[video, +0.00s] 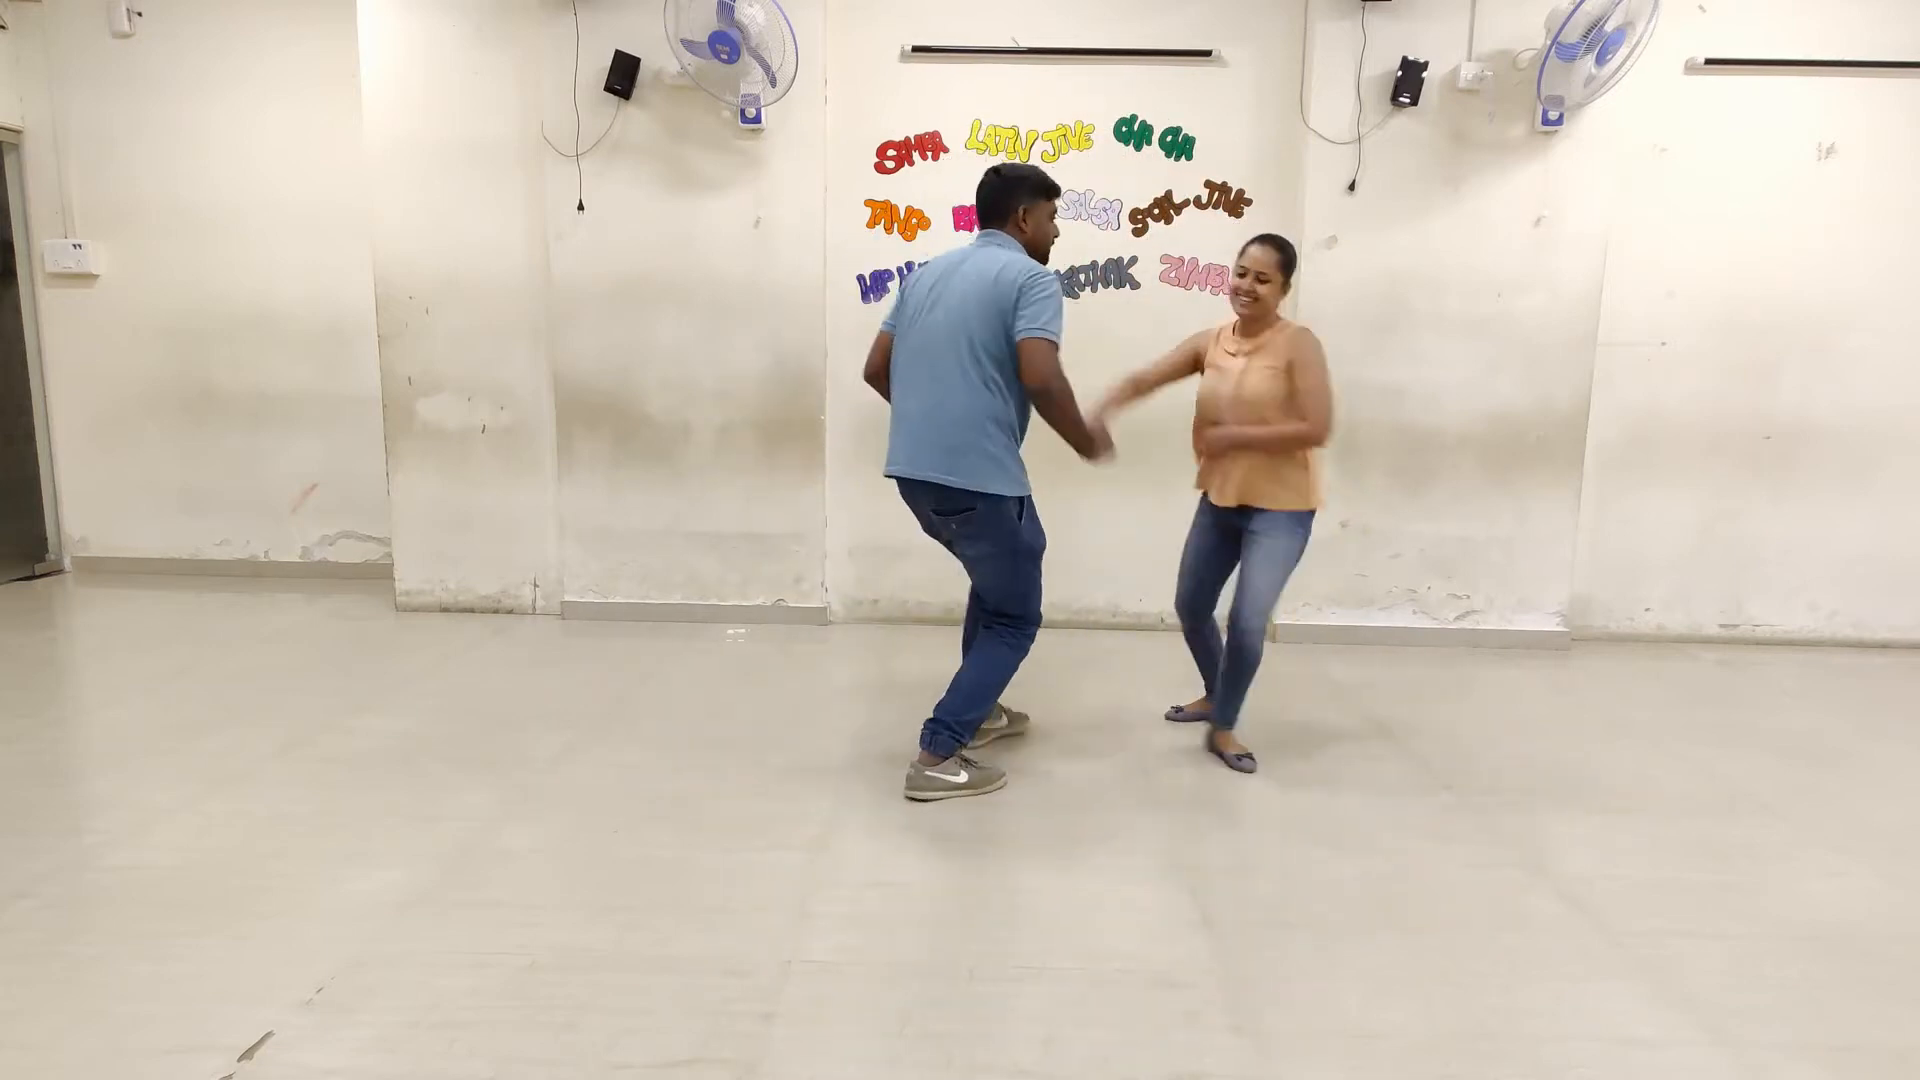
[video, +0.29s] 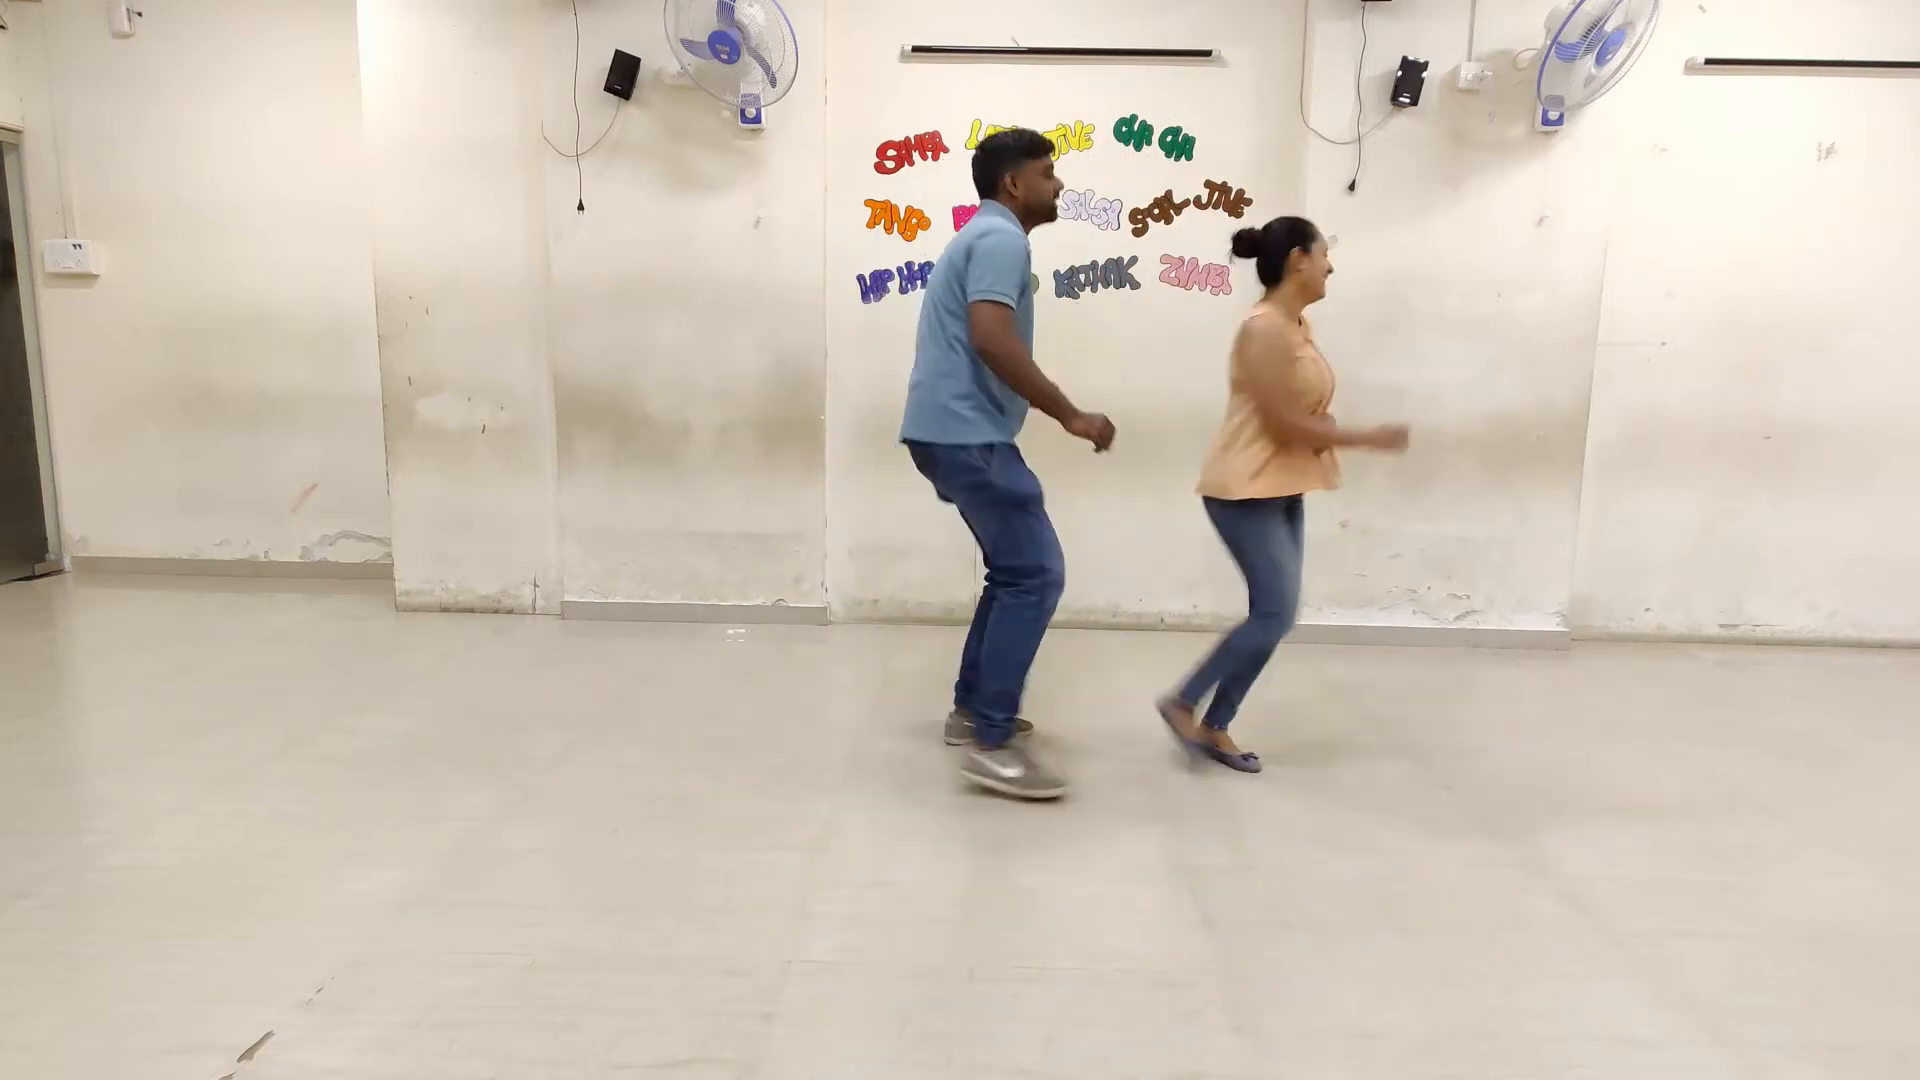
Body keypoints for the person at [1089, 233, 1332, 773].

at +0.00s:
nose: (1246, 286)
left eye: (1261, 279)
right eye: (1241, 274)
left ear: (1284, 288)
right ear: (1231, 276)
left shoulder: (1299, 344)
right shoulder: (1212, 341)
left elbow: (1316, 428)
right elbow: (1148, 379)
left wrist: (1230, 435)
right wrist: (1101, 410)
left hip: (1281, 507)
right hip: (1220, 501)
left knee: (1247, 621)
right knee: (1191, 605)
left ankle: (1223, 729)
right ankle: (1216, 696)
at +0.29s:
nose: (1331, 264)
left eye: (1328, 254)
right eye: (1324, 254)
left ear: (1295, 263)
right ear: (1296, 261)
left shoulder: (1293, 326)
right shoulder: (1264, 328)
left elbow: (1293, 413)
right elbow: (1285, 422)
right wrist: (1366, 438)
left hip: (1282, 491)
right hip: (1243, 490)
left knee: (1277, 614)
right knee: (1273, 611)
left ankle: (1214, 726)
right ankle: (1182, 702)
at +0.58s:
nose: (1273, 261)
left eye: (1275, 253)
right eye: (1277, 252)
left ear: (1286, 258)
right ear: (1332, 254)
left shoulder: (1255, 311)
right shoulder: (1367, 315)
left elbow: (1206, 393)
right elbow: (1403, 379)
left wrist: (1255, 404)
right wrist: (1360, 345)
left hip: (1255, 477)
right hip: (1333, 483)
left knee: (1259, 613)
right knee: (1323, 610)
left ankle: (1265, 754)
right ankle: (1331, 745)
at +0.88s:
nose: (1280, 294)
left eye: (1290, 283)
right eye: (1282, 283)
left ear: (1325, 289)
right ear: (1318, 290)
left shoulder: (1349, 351)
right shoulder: (1303, 355)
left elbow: (1337, 449)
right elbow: (1240, 406)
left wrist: (1278, 462)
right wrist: (1158, 400)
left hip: (1358, 519)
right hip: (1338, 518)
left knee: (1270, 633)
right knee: (1286, 631)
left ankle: (1318, 761)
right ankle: (1343, 742)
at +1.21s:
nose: (1283, 265)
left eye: (1293, 253)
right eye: (1285, 254)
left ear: (1331, 256)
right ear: (1323, 257)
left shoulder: (1360, 323)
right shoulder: (1298, 324)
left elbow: (1361, 425)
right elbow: (1218, 354)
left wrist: (1306, 448)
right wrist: (1137, 330)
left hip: (1398, 492)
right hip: (1358, 494)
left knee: (1355, 624)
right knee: (1350, 620)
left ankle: (1330, 760)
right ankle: (1353, 743)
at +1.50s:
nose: (1237, 283)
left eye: (1250, 275)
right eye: (1239, 272)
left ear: (1288, 284)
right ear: (1254, 281)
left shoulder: (1316, 347)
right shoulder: (1242, 347)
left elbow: (1337, 447)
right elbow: (1167, 394)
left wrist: (1256, 466)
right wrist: (1091, 371)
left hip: (1315, 518)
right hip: (1277, 518)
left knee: (1222, 624)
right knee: (1278, 641)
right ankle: (1348, 743)